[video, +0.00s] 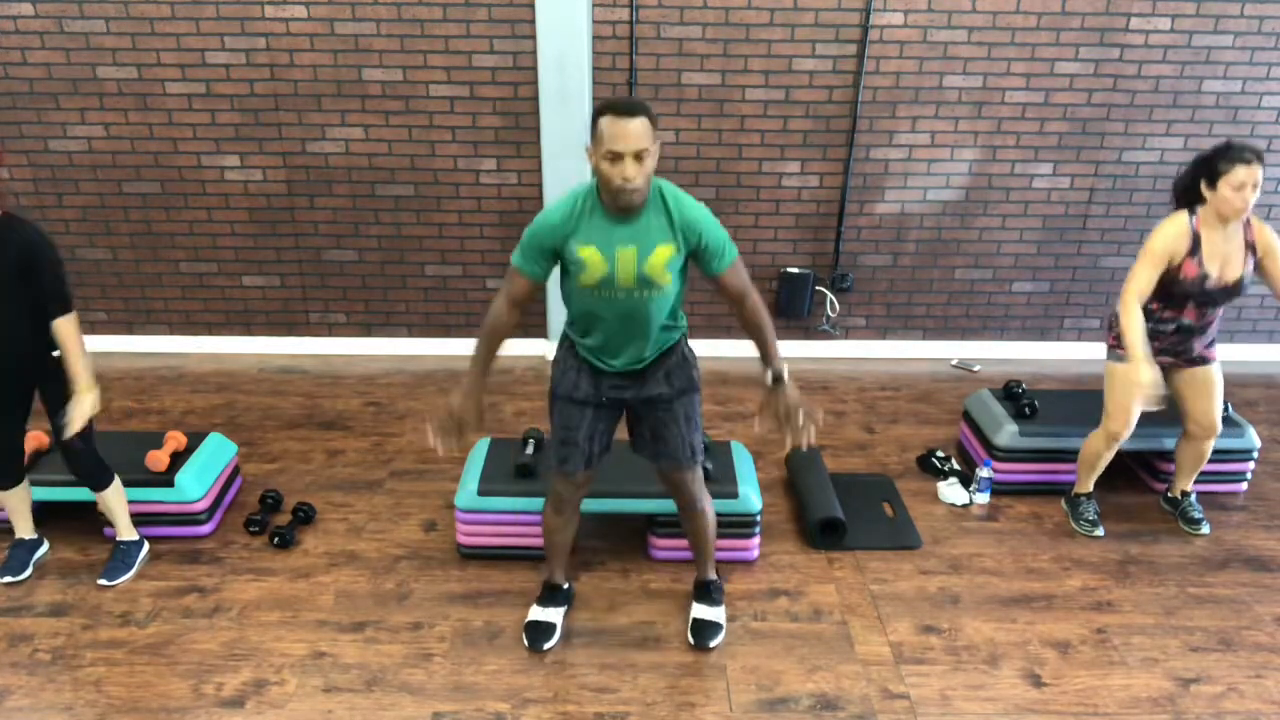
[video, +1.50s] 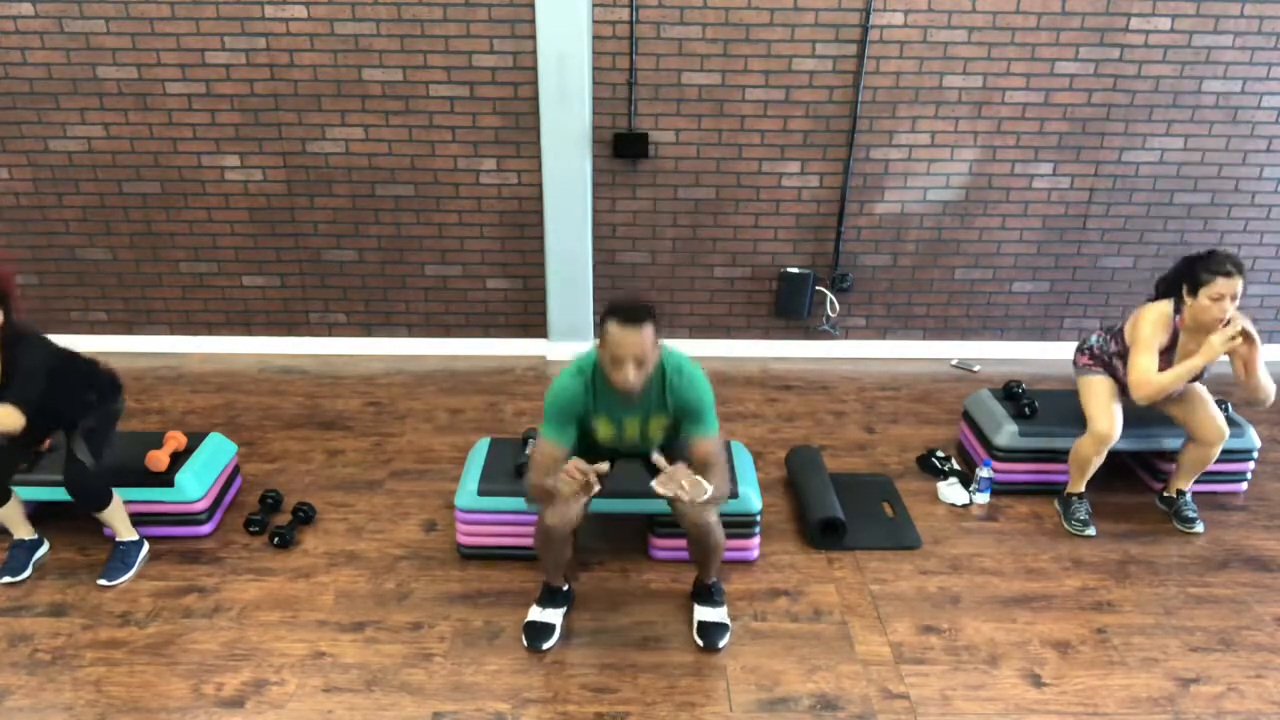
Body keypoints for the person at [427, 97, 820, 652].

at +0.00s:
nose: (629, 172)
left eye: (640, 157)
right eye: (615, 158)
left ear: (655, 156)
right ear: (592, 158)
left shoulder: (685, 216)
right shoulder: (557, 223)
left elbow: (742, 294)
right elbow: (510, 301)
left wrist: (778, 375)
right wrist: (470, 387)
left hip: (662, 363)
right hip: (584, 363)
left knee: (684, 479)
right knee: (566, 482)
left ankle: (708, 584)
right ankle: (554, 588)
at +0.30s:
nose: (632, 172)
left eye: (644, 157)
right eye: (618, 158)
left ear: (661, 148)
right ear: (596, 150)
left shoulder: (693, 196)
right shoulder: (562, 202)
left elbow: (732, 225)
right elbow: (503, 235)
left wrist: (760, 261)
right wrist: (464, 279)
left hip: (669, 368)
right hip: (592, 369)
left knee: (686, 476)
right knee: (572, 482)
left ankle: (708, 583)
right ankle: (555, 588)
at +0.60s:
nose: (631, 178)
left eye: (644, 163)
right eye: (617, 163)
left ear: (662, 153)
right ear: (596, 155)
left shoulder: (693, 205)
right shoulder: (564, 214)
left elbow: (739, 263)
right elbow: (506, 280)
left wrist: (767, 328)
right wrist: (473, 347)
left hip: (671, 366)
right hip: (593, 367)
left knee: (690, 478)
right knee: (573, 481)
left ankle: (709, 583)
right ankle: (556, 587)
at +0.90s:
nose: (630, 301)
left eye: (641, 285)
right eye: (617, 285)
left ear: (658, 268)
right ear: (598, 270)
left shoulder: (689, 300)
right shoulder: (571, 313)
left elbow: (713, 398)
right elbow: (554, 407)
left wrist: (707, 477)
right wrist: (561, 474)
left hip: (667, 393)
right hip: (595, 396)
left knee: (704, 496)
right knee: (558, 497)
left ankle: (710, 586)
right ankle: (554, 587)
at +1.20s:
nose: (629, 433)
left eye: (640, 420)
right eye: (616, 421)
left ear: (656, 398)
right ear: (598, 400)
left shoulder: (688, 420)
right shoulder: (571, 427)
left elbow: (715, 535)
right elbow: (544, 545)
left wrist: (699, 513)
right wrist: (564, 519)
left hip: (664, 464)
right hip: (593, 465)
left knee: (711, 533)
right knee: (552, 530)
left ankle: (708, 589)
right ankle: (555, 591)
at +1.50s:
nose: (629, 377)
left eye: (640, 363)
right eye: (616, 363)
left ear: (658, 349)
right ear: (600, 349)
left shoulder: (687, 380)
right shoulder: (571, 386)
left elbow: (718, 477)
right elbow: (536, 482)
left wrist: (697, 489)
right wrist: (558, 485)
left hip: (667, 458)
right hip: (594, 458)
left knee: (703, 519)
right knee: (555, 520)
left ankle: (708, 590)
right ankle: (553, 592)